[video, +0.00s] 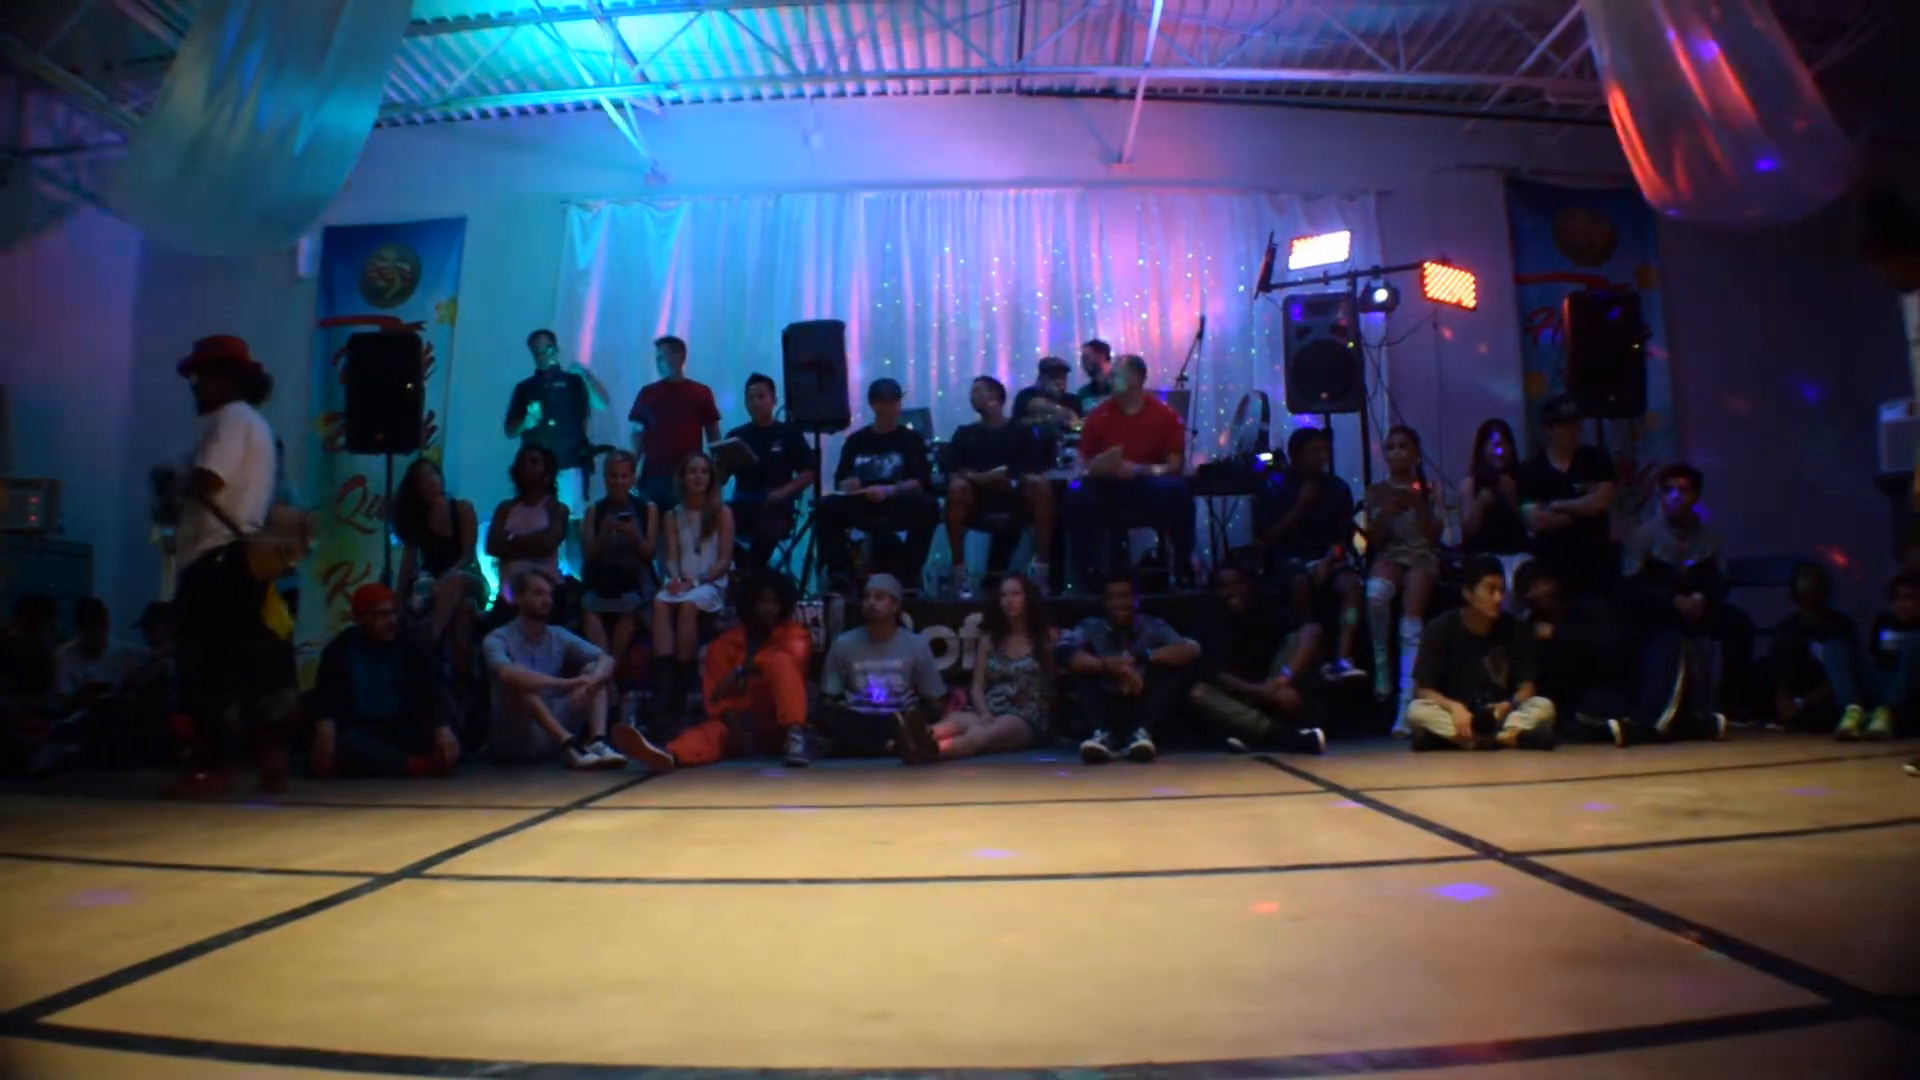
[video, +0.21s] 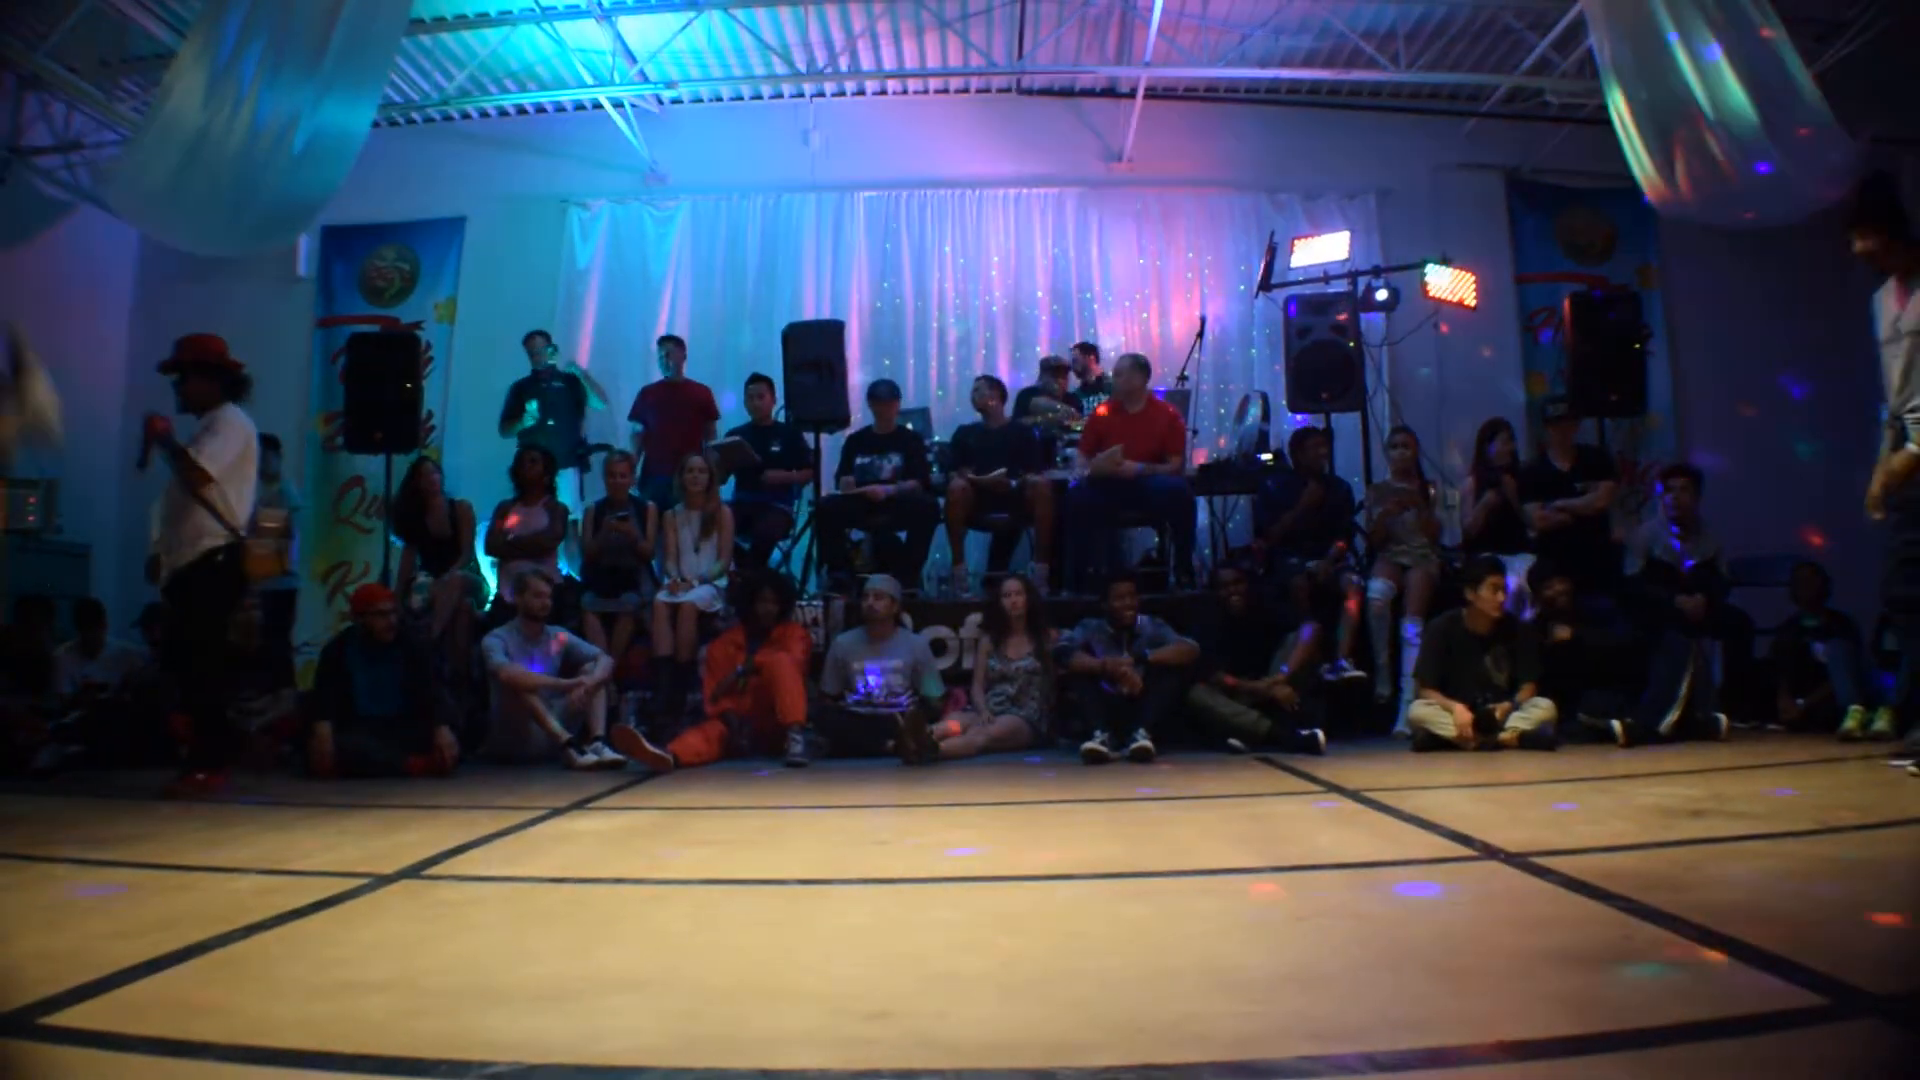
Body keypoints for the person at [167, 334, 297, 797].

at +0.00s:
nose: (196, 388)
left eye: (203, 379)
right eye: (196, 380)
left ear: (224, 380)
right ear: (238, 381)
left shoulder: (233, 419)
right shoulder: (254, 424)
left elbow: (210, 481)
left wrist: (174, 481)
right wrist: (183, 486)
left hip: (216, 564)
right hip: (237, 561)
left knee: (204, 668)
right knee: (242, 665)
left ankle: (208, 764)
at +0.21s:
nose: (179, 389)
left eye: (186, 380)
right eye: (179, 381)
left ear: (211, 381)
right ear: (201, 384)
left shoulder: (232, 422)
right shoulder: (205, 428)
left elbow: (197, 476)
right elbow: (184, 501)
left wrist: (167, 442)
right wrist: (164, 549)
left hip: (214, 564)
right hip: (189, 567)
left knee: (202, 667)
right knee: (191, 667)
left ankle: (210, 762)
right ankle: (202, 760)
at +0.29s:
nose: (175, 386)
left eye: (184, 377)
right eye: (175, 378)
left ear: (208, 379)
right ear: (189, 383)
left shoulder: (230, 423)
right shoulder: (196, 427)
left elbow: (191, 471)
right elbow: (181, 512)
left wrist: (166, 427)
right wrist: (161, 566)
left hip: (212, 568)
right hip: (182, 571)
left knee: (198, 669)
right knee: (178, 670)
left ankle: (206, 764)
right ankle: (191, 763)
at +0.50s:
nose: (160, 385)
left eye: (169, 376)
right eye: (159, 377)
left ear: (194, 378)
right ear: (165, 381)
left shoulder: (217, 418)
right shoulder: (165, 427)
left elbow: (185, 453)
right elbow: (157, 510)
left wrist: (156, 410)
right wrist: (132, 566)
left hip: (200, 566)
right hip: (158, 571)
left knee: (198, 672)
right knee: (144, 674)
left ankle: (208, 766)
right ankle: (133, 765)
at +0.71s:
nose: (136, 384)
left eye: (146, 374)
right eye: (136, 375)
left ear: (174, 378)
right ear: (143, 382)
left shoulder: (198, 418)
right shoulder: (136, 428)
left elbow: (168, 443)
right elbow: (126, 506)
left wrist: (137, 405)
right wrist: (103, 563)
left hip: (180, 567)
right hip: (131, 573)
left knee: (190, 671)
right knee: (125, 675)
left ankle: (206, 765)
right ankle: (122, 767)